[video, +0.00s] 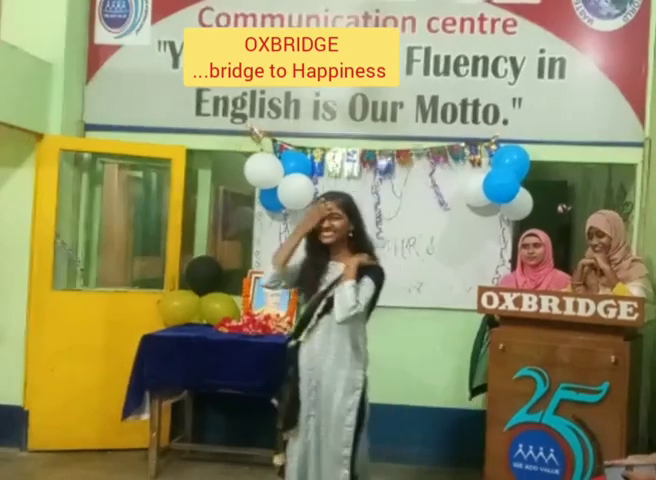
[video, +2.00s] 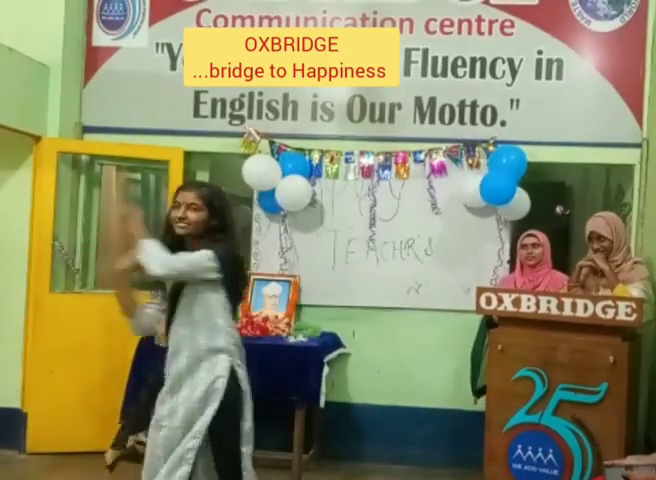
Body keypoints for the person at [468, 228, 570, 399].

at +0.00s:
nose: (530, 251)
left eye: (536, 246)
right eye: (525, 247)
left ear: (547, 250)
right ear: (519, 251)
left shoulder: (562, 280)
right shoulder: (508, 280)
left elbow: (567, 316)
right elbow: (497, 316)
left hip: (550, 346)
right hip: (513, 345)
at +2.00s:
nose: (529, 251)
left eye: (535, 246)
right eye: (524, 247)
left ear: (545, 250)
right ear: (518, 252)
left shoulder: (561, 282)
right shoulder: (506, 282)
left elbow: (566, 319)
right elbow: (494, 320)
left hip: (548, 351)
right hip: (511, 350)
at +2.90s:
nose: (531, 250)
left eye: (536, 246)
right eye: (526, 246)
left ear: (546, 250)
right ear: (519, 252)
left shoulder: (561, 281)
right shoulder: (507, 282)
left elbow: (565, 321)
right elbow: (493, 321)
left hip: (548, 351)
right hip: (512, 350)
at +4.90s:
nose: (531, 252)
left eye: (536, 246)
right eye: (525, 247)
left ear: (547, 250)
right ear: (519, 252)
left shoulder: (561, 281)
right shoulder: (508, 281)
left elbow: (566, 316)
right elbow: (496, 314)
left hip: (549, 346)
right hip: (512, 345)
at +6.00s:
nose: (535, 250)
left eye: (541, 245)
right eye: (530, 246)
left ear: (551, 249)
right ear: (523, 251)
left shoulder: (566, 280)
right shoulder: (511, 280)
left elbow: (570, 318)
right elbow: (500, 317)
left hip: (553, 349)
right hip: (516, 348)